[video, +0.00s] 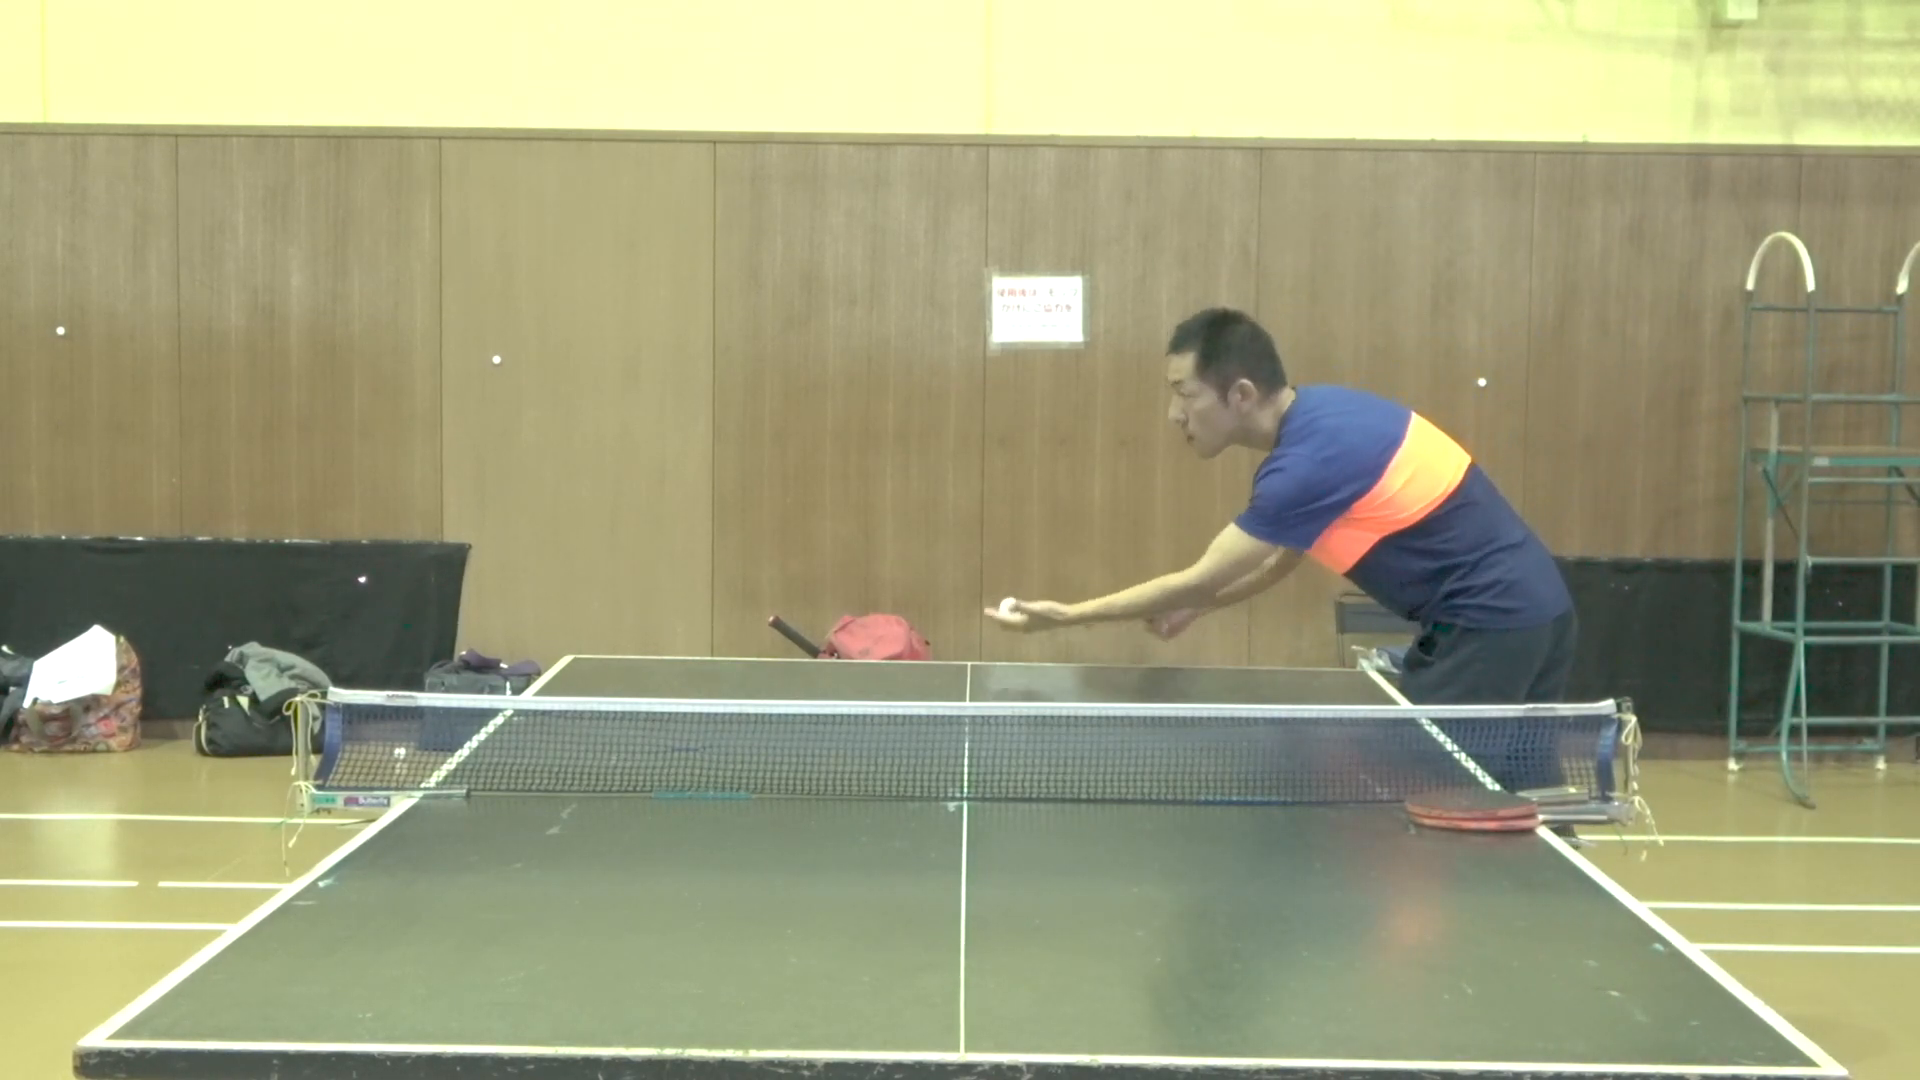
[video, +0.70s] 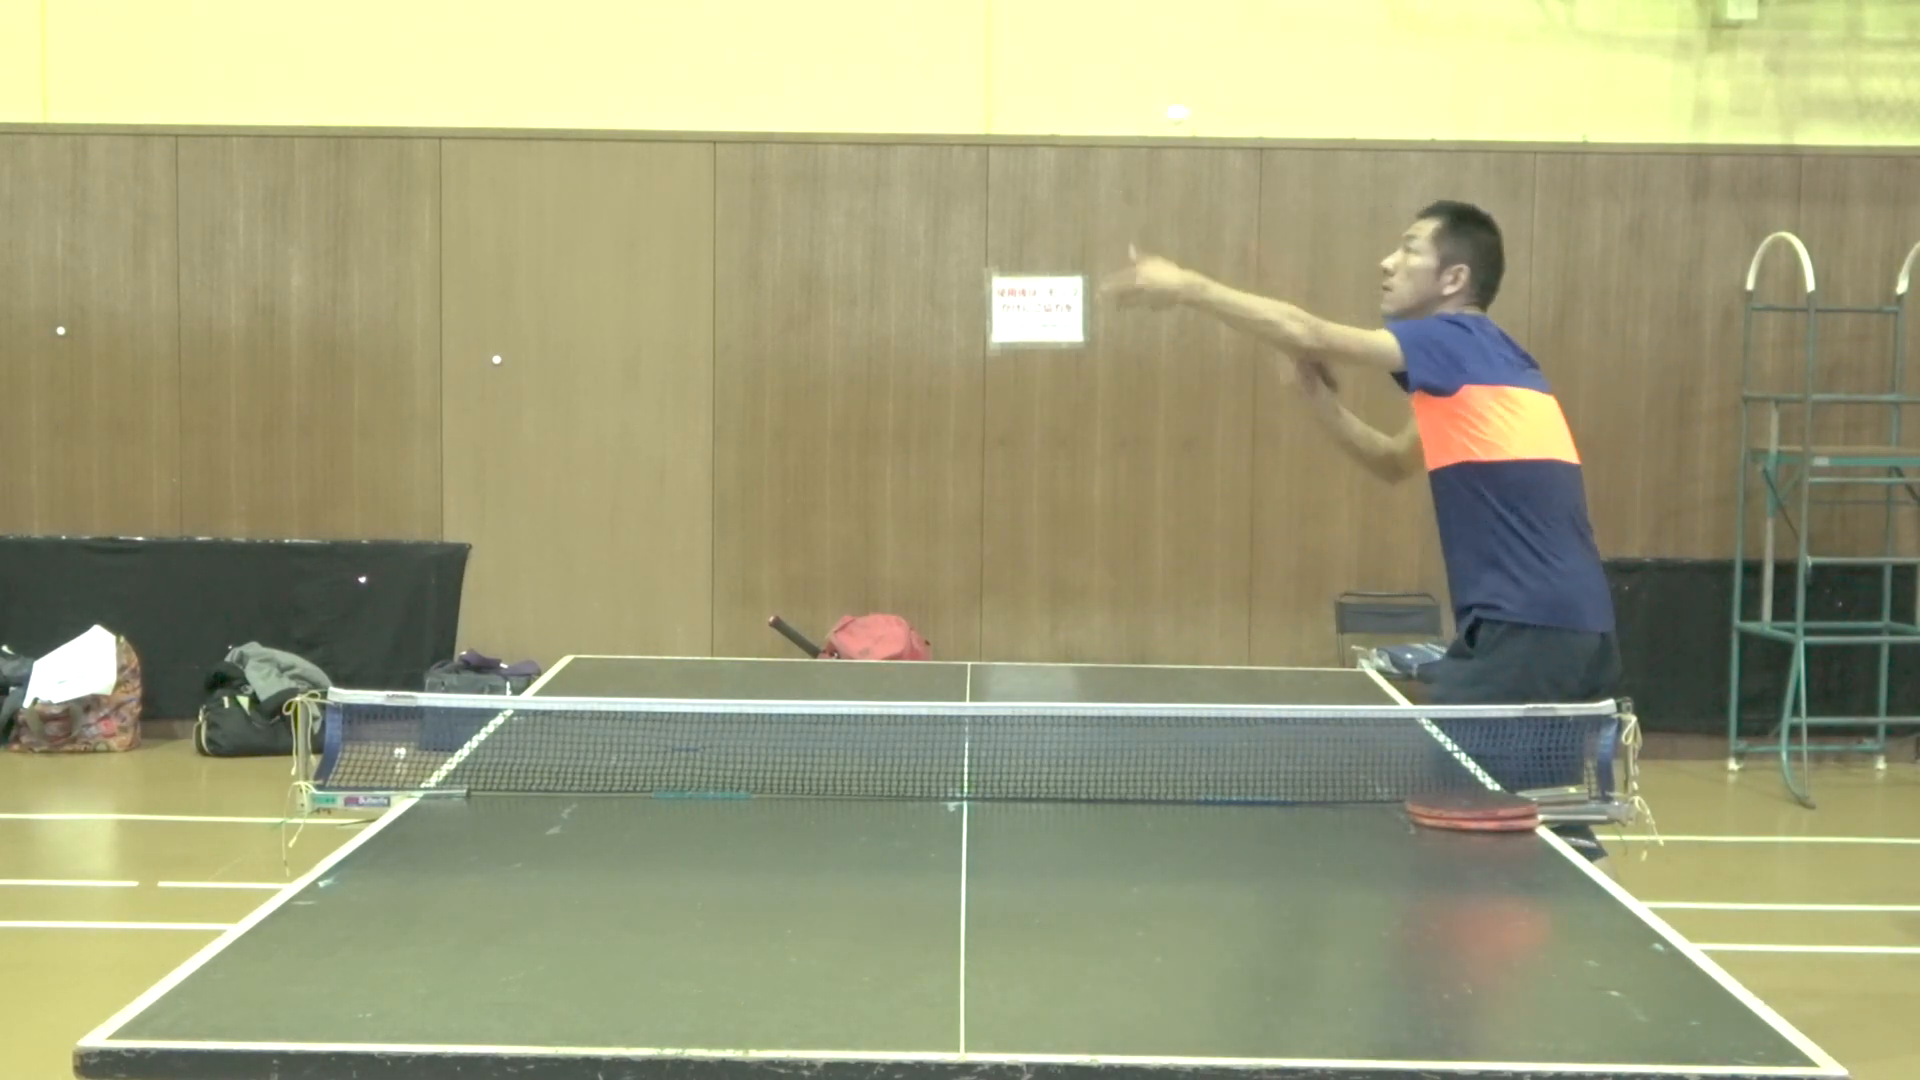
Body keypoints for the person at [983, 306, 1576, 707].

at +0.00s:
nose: (1174, 413)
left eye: (1185, 394)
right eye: (1173, 395)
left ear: (1242, 393)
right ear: (1247, 391)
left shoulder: (1313, 456)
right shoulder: (1327, 414)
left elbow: (1203, 579)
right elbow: (1276, 560)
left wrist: (1070, 614)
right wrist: (1199, 604)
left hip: (1499, 625)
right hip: (1517, 609)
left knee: (1392, 780)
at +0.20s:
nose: (1203, 360)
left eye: (1218, 344)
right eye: (1206, 342)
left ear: (1276, 356)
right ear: (1280, 358)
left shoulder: (1312, 433)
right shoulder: (1346, 402)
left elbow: (1193, 532)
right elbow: (1262, 527)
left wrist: (1061, 587)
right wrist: (1172, 572)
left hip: (1494, 624)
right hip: (1532, 614)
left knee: (1385, 780)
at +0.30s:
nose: (1237, 326)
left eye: (1255, 310)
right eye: (1243, 309)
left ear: (1309, 328)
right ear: (1313, 329)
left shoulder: (1334, 404)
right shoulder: (1362, 390)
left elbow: (1190, 468)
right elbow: (1247, 486)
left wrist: (1043, 495)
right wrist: (1155, 504)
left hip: (1497, 633)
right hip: (1525, 624)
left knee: (1351, 786)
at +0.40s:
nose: (1277, 301)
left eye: (1297, 287)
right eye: (1283, 284)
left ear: (1348, 309)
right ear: (1350, 312)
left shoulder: (1356, 375)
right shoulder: (1397, 371)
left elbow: (1203, 385)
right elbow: (1258, 432)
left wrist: (1076, 365)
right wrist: (1153, 394)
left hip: (1495, 634)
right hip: (1545, 629)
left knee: (1368, 788)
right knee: (1519, 815)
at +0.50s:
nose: (1319, 280)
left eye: (1341, 266)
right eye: (1328, 264)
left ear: (1390, 289)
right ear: (1392, 293)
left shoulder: (1393, 351)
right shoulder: (1423, 360)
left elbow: (1237, 324)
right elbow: (1288, 403)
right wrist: (1200, 329)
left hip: (1508, 628)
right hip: (1549, 626)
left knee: (1408, 802)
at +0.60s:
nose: (1358, 268)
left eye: (1381, 253)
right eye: (1368, 252)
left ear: (1429, 280)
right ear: (1436, 288)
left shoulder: (1432, 338)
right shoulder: (1475, 360)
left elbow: (1275, 314)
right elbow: (1332, 411)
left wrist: (1166, 251)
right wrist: (1256, 329)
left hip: (1514, 634)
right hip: (1567, 636)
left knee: (1411, 812)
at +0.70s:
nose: (1387, 264)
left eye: (1409, 251)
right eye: (1397, 248)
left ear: (1454, 280)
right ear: (1458, 285)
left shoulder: (1453, 341)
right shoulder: (1504, 361)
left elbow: (1310, 334)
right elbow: (1394, 460)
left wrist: (1186, 284)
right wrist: (1318, 394)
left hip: (1526, 637)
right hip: (1580, 639)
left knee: (1420, 800)